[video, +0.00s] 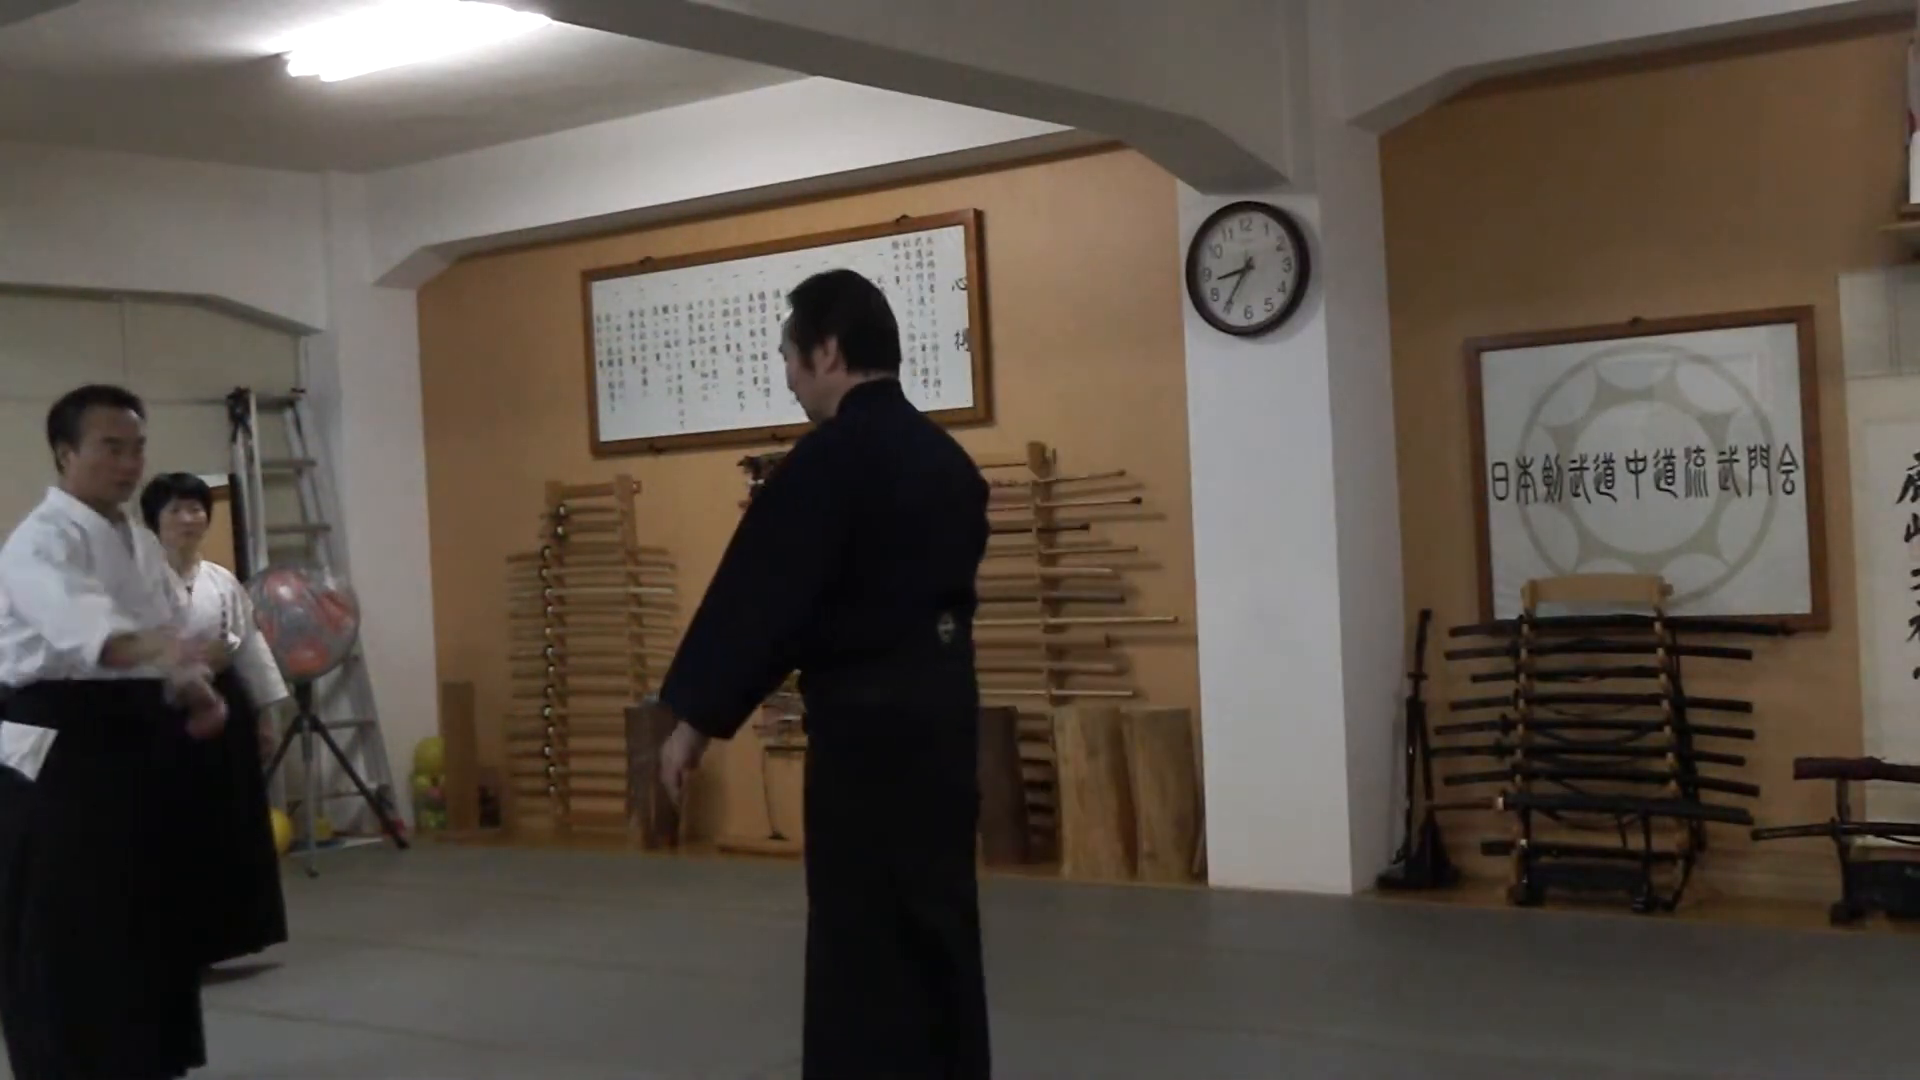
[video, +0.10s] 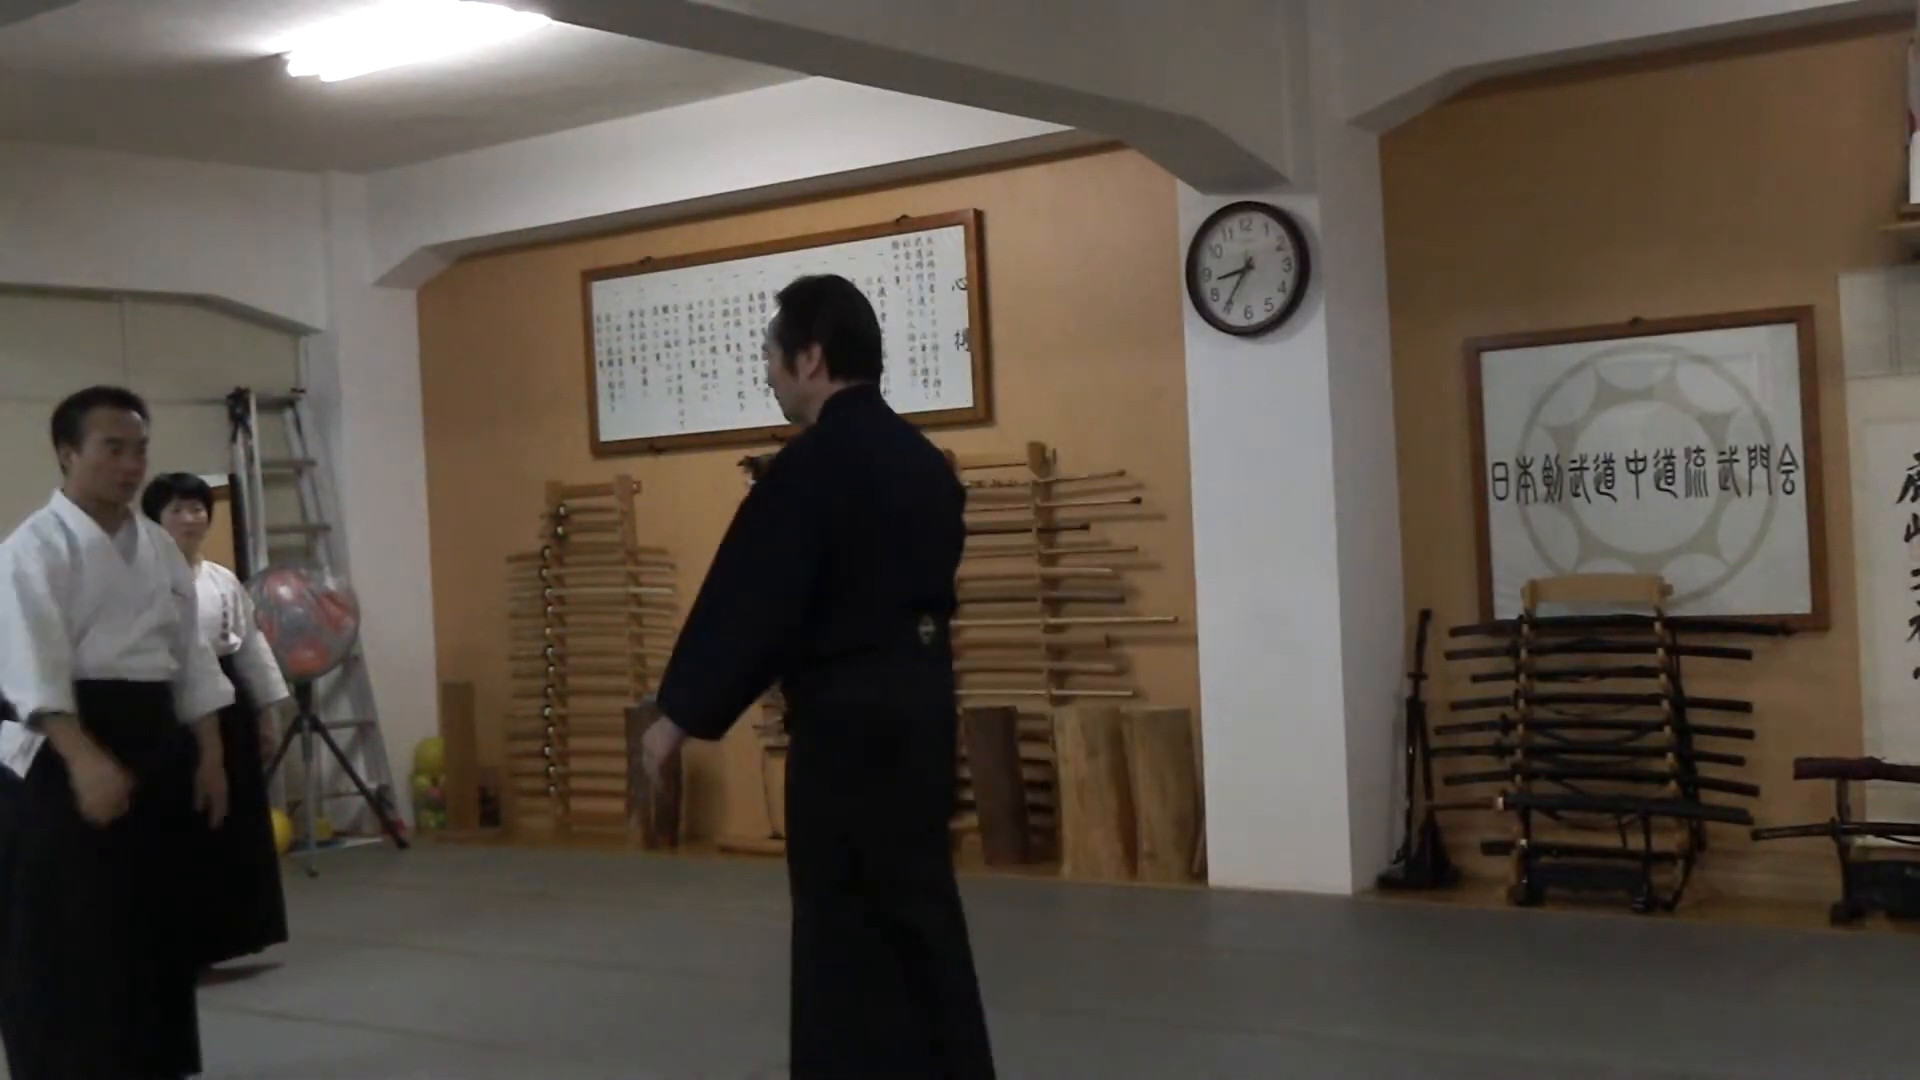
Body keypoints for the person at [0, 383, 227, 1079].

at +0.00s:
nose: (130, 462)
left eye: (138, 447)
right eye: (112, 447)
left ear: (145, 454)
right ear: (64, 454)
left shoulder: (141, 542)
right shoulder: (38, 543)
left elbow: (169, 631)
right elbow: (93, 637)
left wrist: (192, 684)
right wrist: (172, 652)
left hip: (133, 752)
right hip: (54, 762)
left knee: (144, 924)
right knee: (68, 937)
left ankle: (147, 1059)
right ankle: (78, 1066)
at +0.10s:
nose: (131, 462)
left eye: (140, 448)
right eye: (112, 447)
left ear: (148, 456)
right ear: (67, 455)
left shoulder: (162, 548)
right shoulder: (33, 549)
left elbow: (193, 653)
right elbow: (28, 664)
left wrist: (212, 748)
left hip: (158, 735)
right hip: (64, 746)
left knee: (159, 923)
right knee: (76, 928)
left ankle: (158, 1063)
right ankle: (76, 1064)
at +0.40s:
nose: (99, 481)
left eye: (109, 466)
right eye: (81, 466)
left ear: (119, 471)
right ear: (37, 472)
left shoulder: (159, 563)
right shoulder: (10, 556)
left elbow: (224, 660)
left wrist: (284, 664)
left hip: (129, 757)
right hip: (27, 755)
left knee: (139, 939)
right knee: (33, 941)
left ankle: (146, 1067)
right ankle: (40, 1066)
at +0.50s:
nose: (90, 487)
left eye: (101, 472)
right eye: (72, 472)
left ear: (113, 476)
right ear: (31, 477)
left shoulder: (158, 559)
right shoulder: (7, 558)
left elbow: (232, 640)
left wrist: (237, 572)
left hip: (136, 763)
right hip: (37, 763)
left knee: (148, 943)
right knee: (38, 941)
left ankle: (154, 1067)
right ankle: (44, 1067)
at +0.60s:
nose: (91, 487)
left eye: (103, 471)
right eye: (72, 471)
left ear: (116, 475)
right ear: (34, 478)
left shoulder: (160, 549)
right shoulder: (15, 556)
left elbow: (244, 613)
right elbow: (8, 663)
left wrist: (227, 547)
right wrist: (3, 583)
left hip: (146, 752)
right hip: (49, 755)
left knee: (161, 924)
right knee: (46, 928)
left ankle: (178, 1059)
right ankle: (52, 1062)